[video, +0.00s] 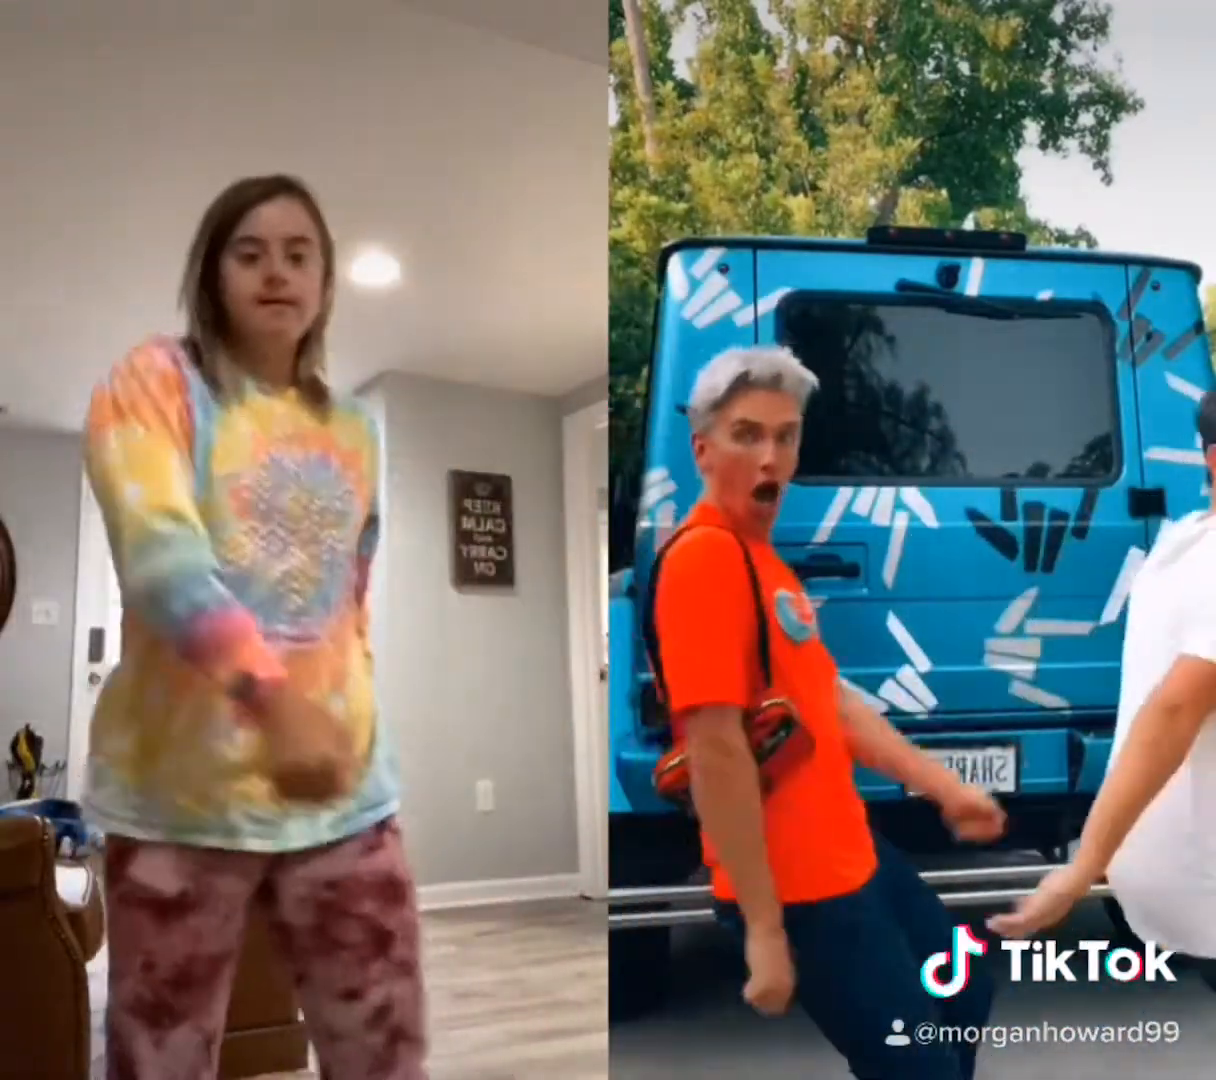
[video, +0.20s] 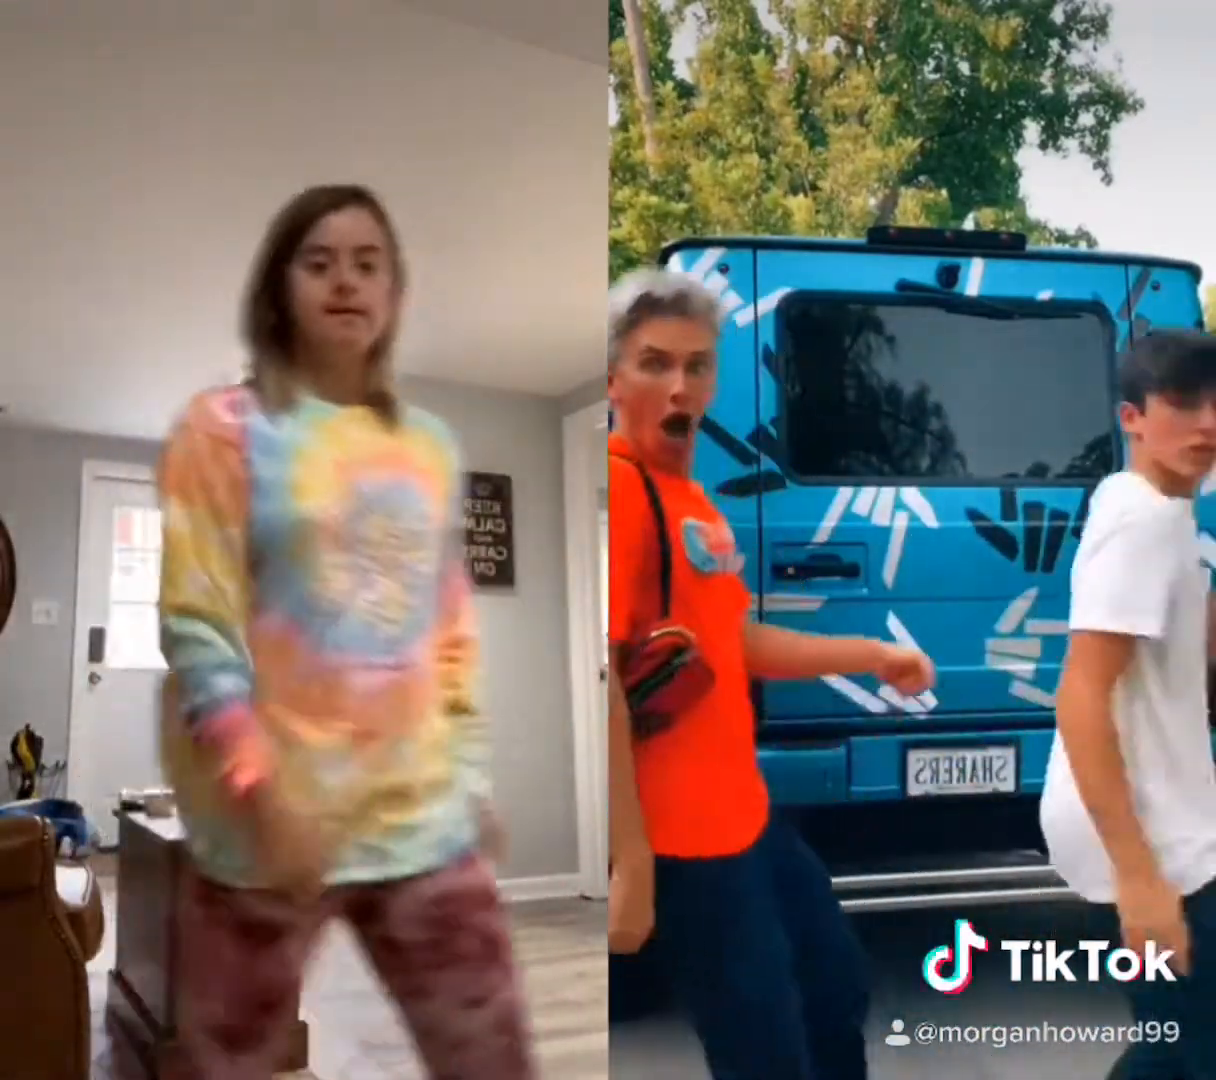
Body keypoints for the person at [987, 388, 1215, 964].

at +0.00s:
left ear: (1207, 458)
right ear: (1211, 458)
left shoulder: (1172, 548)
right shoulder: (1203, 552)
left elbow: (1161, 706)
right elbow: (1176, 707)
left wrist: (1095, 864)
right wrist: (1084, 866)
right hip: (1198, 904)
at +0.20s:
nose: (1207, 426)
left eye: (1213, 408)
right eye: (1186, 407)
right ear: (1134, 419)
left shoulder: (1163, 507)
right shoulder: (1142, 518)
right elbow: (1080, 701)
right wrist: (1138, 876)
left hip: (1173, 835)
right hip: (1163, 852)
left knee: (1177, 1042)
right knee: (1183, 1046)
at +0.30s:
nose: (1161, 435)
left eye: (1174, 417)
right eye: (1138, 414)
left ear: (1187, 428)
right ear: (1089, 429)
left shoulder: (1153, 531)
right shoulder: (1067, 539)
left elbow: (1168, 672)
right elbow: (1037, 719)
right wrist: (1182, 799)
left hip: (1129, 835)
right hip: (1078, 848)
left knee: (1107, 1053)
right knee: (1175, 1053)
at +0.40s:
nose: (1125, 454)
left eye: (1140, 438)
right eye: (1104, 437)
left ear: (1154, 457)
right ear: (1060, 458)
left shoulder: (1152, 581)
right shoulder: (1007, 560)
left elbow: (1139, 728)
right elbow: (1004, 731)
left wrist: (1200, 850)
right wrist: (1159, 699)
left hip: (1089, 855)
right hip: (1001, 860)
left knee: (1102, 1057)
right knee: (1131, 1058)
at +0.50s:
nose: (1082, 448)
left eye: (1096, 433)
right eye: (1061, 431)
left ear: (1113, 453)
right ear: (1019, 449)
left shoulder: (1130, 575)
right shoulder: (954, 550)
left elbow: (1108, 725)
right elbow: (916, 710)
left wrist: (1137, 825)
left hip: (1066, 845)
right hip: (961, 843)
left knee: (1111, 1059)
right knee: (1060, 1058)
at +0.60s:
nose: (1034, 438)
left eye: (1052, 422)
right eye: (1015, 421)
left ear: (1074, 443)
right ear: (976, 441)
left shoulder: (1074, 567)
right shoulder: (910, 558)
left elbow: (1083, 709)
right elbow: (844, 686)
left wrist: (1143, 713)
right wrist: (853, 780)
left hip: (1050, 859)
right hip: (930, 861)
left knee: (1066, 1067)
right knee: (941, 1066)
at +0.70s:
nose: (972, 468)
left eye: (991, 452)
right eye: (953, 451)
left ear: (1016, 471)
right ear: (920, 471)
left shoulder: (1050, 594)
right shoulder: (848, 590)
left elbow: (1084, 756)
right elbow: (793, 715)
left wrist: (1082, 711)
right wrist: (799, 799)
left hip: (1016, 888)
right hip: (879, 887)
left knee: (1041, 1068)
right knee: (856, 1065)